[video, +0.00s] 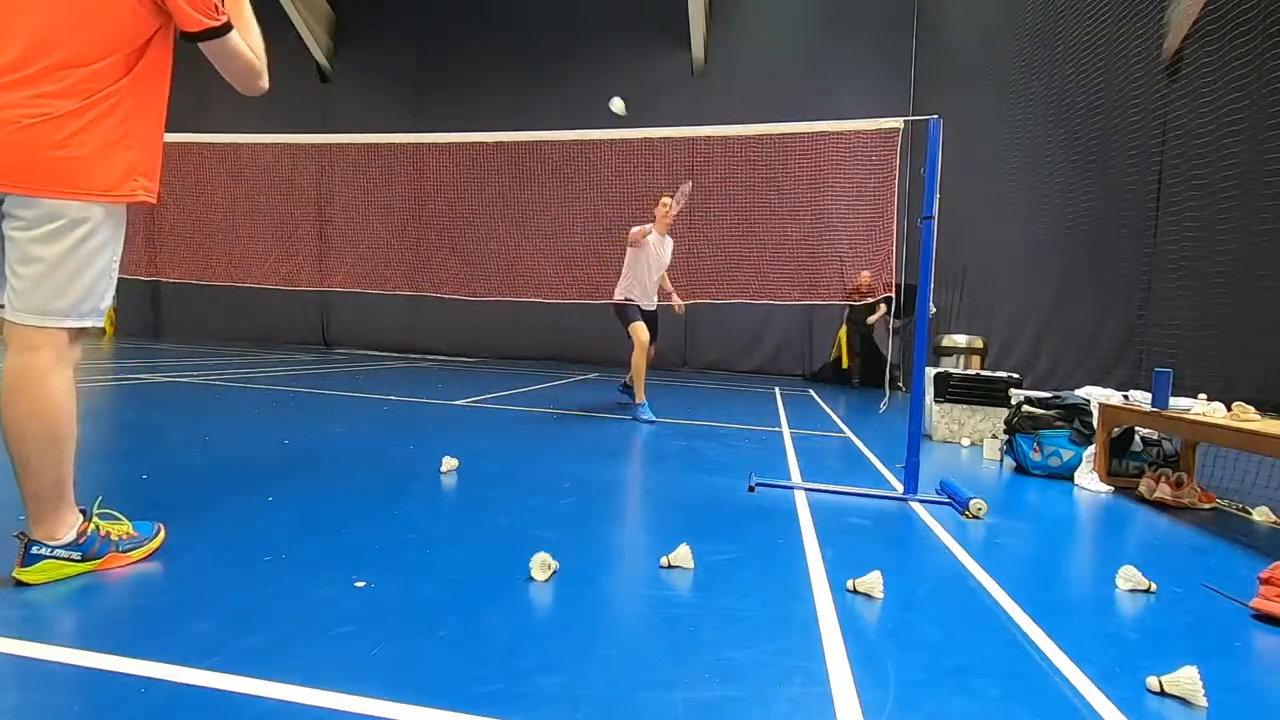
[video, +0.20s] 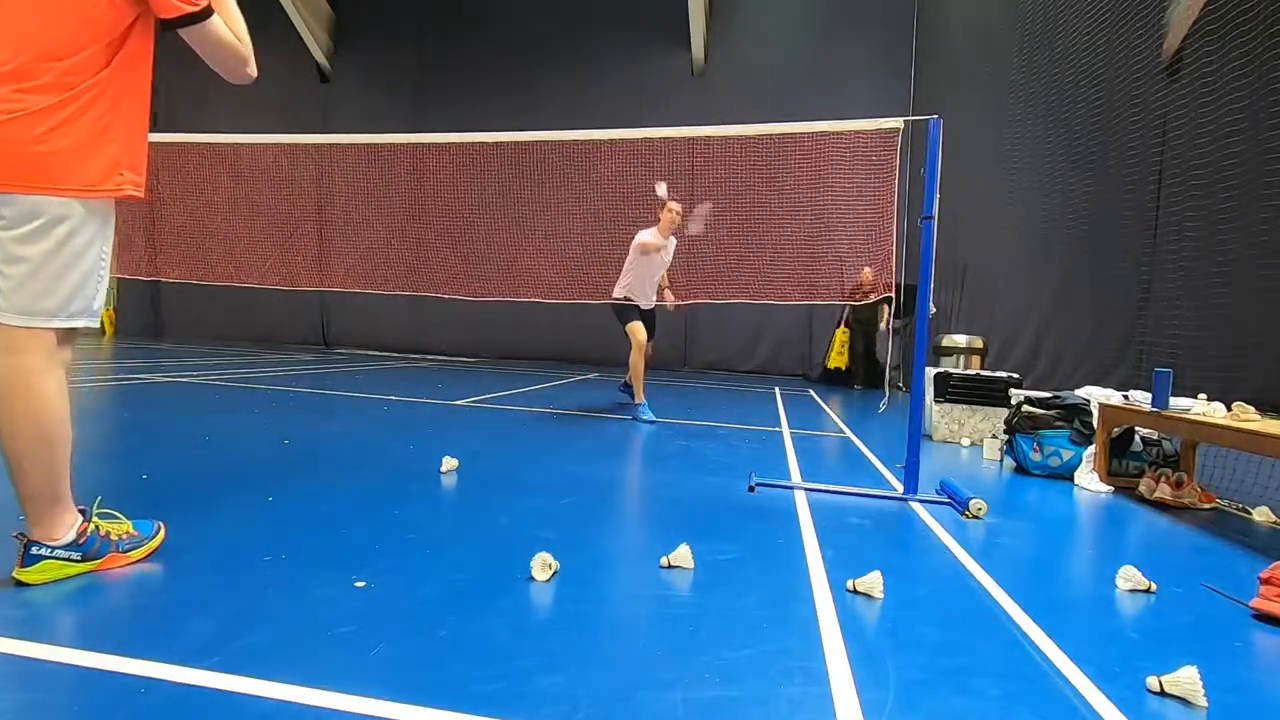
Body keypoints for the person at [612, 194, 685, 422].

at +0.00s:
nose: (669, 211)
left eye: (672, 208)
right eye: (664, 207)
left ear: (674, 214)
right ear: (654, 211)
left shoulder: (669, 243)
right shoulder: (642, 231)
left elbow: (661, 272)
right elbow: (633, 238)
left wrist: (673, 294)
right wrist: (647, 230)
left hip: (650, 303)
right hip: (626, 300)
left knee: (649, 351)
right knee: (642, 340)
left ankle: (628, 383)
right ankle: (640, 402)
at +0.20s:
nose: (674, 217)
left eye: (678, 214)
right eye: (671, 211)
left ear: (680, 220)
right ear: (660, 213)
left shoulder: (672, 243)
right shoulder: (644, 235)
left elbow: (661, 268)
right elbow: (643, 248)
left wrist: (666, 289)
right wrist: (662, 244)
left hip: (648, 303)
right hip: (625, 299)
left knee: (645, 349)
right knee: (640, 339)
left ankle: (628, 382)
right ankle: (640, 402)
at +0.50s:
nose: (669, 230)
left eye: (672, 228)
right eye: (664, 226)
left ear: (674, 233)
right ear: (654, 229)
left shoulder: (666, 258)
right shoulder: (639, 253)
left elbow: (653, 286)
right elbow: (625, 277)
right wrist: (627, 287)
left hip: (646, 312)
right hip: (623, 307)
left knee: (656, 367)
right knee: (639, 339)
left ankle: (630, 381)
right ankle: (640, 403)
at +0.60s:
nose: (660, 227)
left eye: (663, 224)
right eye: (655, 223)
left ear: (666, 231)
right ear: (646, 227)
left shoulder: (660, 257)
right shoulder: (634, 249)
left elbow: (650, 285)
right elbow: (619, 256)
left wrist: (653, 310)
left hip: (645, 312)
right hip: (622, 308)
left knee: (657, 367)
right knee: (638, 339)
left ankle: (630, 382)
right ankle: (639, 403)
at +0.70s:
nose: (653, 219)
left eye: (656, 216)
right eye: (649, 215)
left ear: (659, 223)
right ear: (639, 219)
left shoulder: (657, 251)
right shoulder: (626, 241)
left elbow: (656, 281)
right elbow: (605, 243)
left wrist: (663, 307)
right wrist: (590, 234)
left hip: (645, 307)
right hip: (622, 303)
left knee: (652, 361)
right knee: (630, 342)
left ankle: (628, 385)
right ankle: (636, 400)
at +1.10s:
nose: (621, 202)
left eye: (625, 199)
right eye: (618, 198)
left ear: (632, 205)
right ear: (613, 203)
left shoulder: (640, 232)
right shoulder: (600, 229)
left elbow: (649, 259)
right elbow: (575, 245)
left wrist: (657, 269)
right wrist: (554, 242)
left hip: (629, 293)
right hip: (603, 291)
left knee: (632, 339)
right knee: (590, 336)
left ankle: (624, 389)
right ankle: (579, 380)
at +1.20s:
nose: (612, 205)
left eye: (616, 203)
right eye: (609, 202)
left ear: (622, 207)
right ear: (604, 206)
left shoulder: (632, 233)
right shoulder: (592, 232)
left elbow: (640, 259)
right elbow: (572, 253)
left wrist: (644, 273)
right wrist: (554, 265)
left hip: (621, 294)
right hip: (595, 292)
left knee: (628, 339)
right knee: (579, 337)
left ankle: (624, 389)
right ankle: (568, 377)